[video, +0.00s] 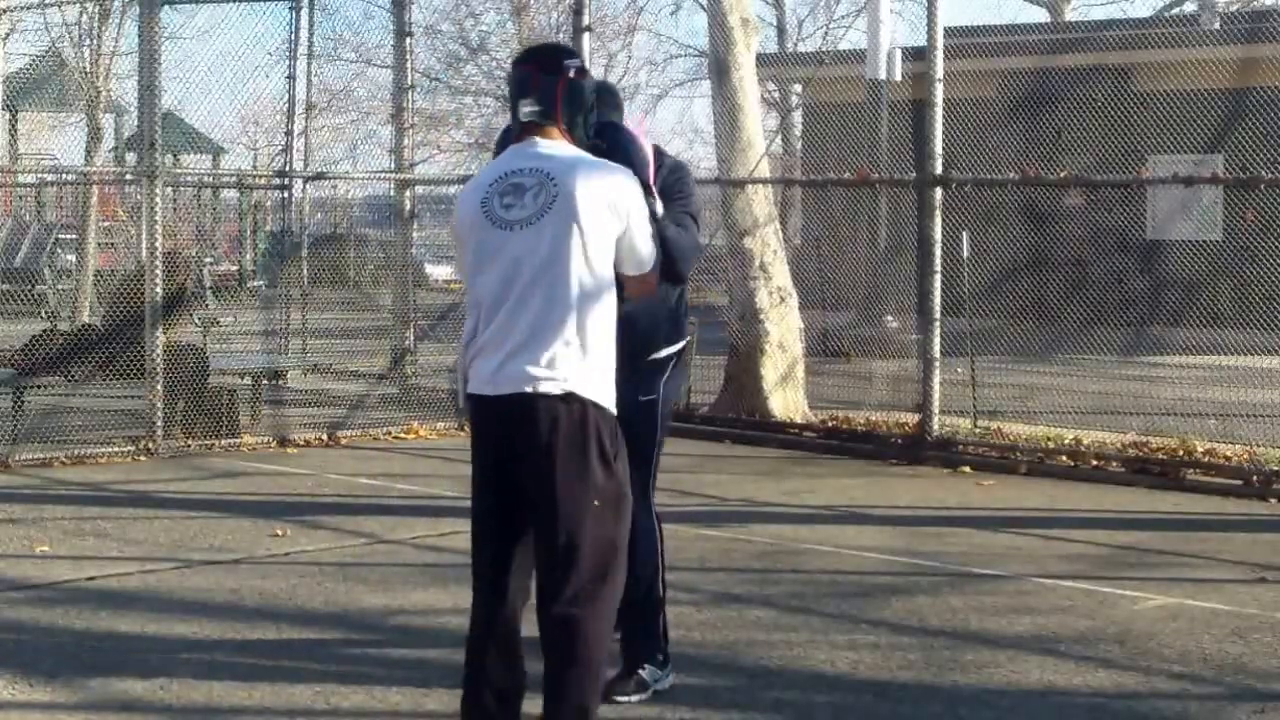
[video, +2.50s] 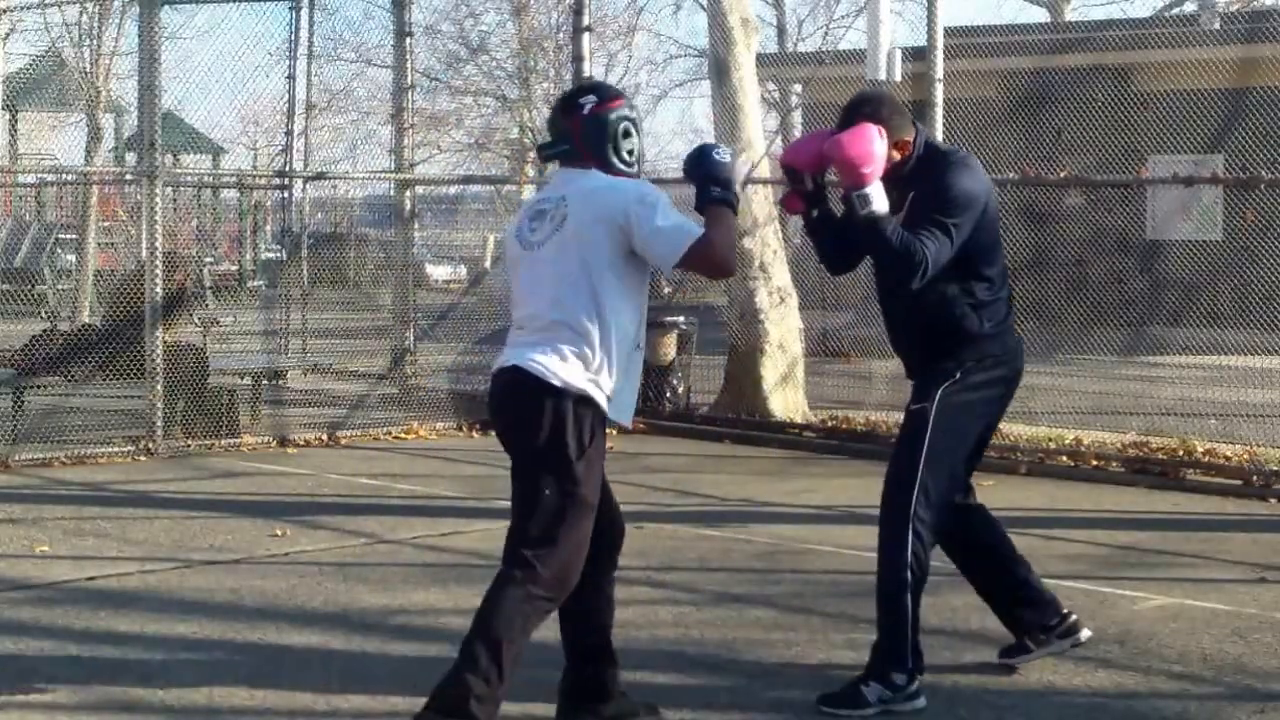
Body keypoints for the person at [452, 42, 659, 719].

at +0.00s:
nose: (587, 105)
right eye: (582, 94)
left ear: (512, 107)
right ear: (577, 100)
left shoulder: (474, 190)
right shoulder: (610, 180)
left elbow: (483, 277)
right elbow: (642, 282)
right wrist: (564, 280)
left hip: (489, 400)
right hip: (574, 401)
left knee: (495, 580)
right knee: (583, 582)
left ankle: (487, 709)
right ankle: (573, 707)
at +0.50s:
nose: (656, 134)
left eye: (656, 121)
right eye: (650, 121)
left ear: (586, 110)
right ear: (626, 122)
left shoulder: (534, 165)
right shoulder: (621, 209)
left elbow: (476, 220)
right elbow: (662, 323)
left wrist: (542, 260)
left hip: (507, 400)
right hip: (573, 413)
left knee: (530, 566)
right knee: (583, 584)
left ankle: (518, 701)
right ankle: (548, 706)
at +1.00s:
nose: (646, 121)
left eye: (645, 106)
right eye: (640, 106)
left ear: (574, 105)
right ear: (622, 109)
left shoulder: (534, 175)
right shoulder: (615, 191)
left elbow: (581, 267)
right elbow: (672, 301)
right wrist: (670, 229)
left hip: (516, 389)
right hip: (567, 399)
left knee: (543, 559)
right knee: (572, 569)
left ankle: (531, 699)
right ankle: (539, 705)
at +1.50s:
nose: (715, 368)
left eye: (726, 358)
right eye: (719, 354)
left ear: (689, 311)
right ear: (695, 328)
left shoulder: (641, 325)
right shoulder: (625, 361)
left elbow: (632, 436)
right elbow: (608, 477)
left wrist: (684, 421)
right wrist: (683, 437)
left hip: (534, 467)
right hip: (492, 471)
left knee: (629, 535)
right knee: (568, 598)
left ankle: (616, 680)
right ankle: (476, 708)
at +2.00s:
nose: (635, 161)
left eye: (642, 147)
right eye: (622, 146)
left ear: (574, 150)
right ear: (580, 147)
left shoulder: (547, 206)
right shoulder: (569, 222)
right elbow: (631, 327)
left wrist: (625, 242)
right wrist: (668, 261)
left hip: (524, 419)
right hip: (500, 424)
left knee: (573, 544)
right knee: (498, 597)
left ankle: (570, 690)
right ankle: (446, 712)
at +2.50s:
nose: (635, 145)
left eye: (632, 134)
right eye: (630, 134)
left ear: (561, 142)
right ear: (617, 138)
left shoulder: (532, 211)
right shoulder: (624, 195)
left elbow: (534, 306)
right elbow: (718, 258)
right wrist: (718, 193)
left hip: (514, 386)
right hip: (567, 394)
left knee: (599, 533)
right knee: (546, 559)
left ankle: (591, 695)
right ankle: (459, 705)